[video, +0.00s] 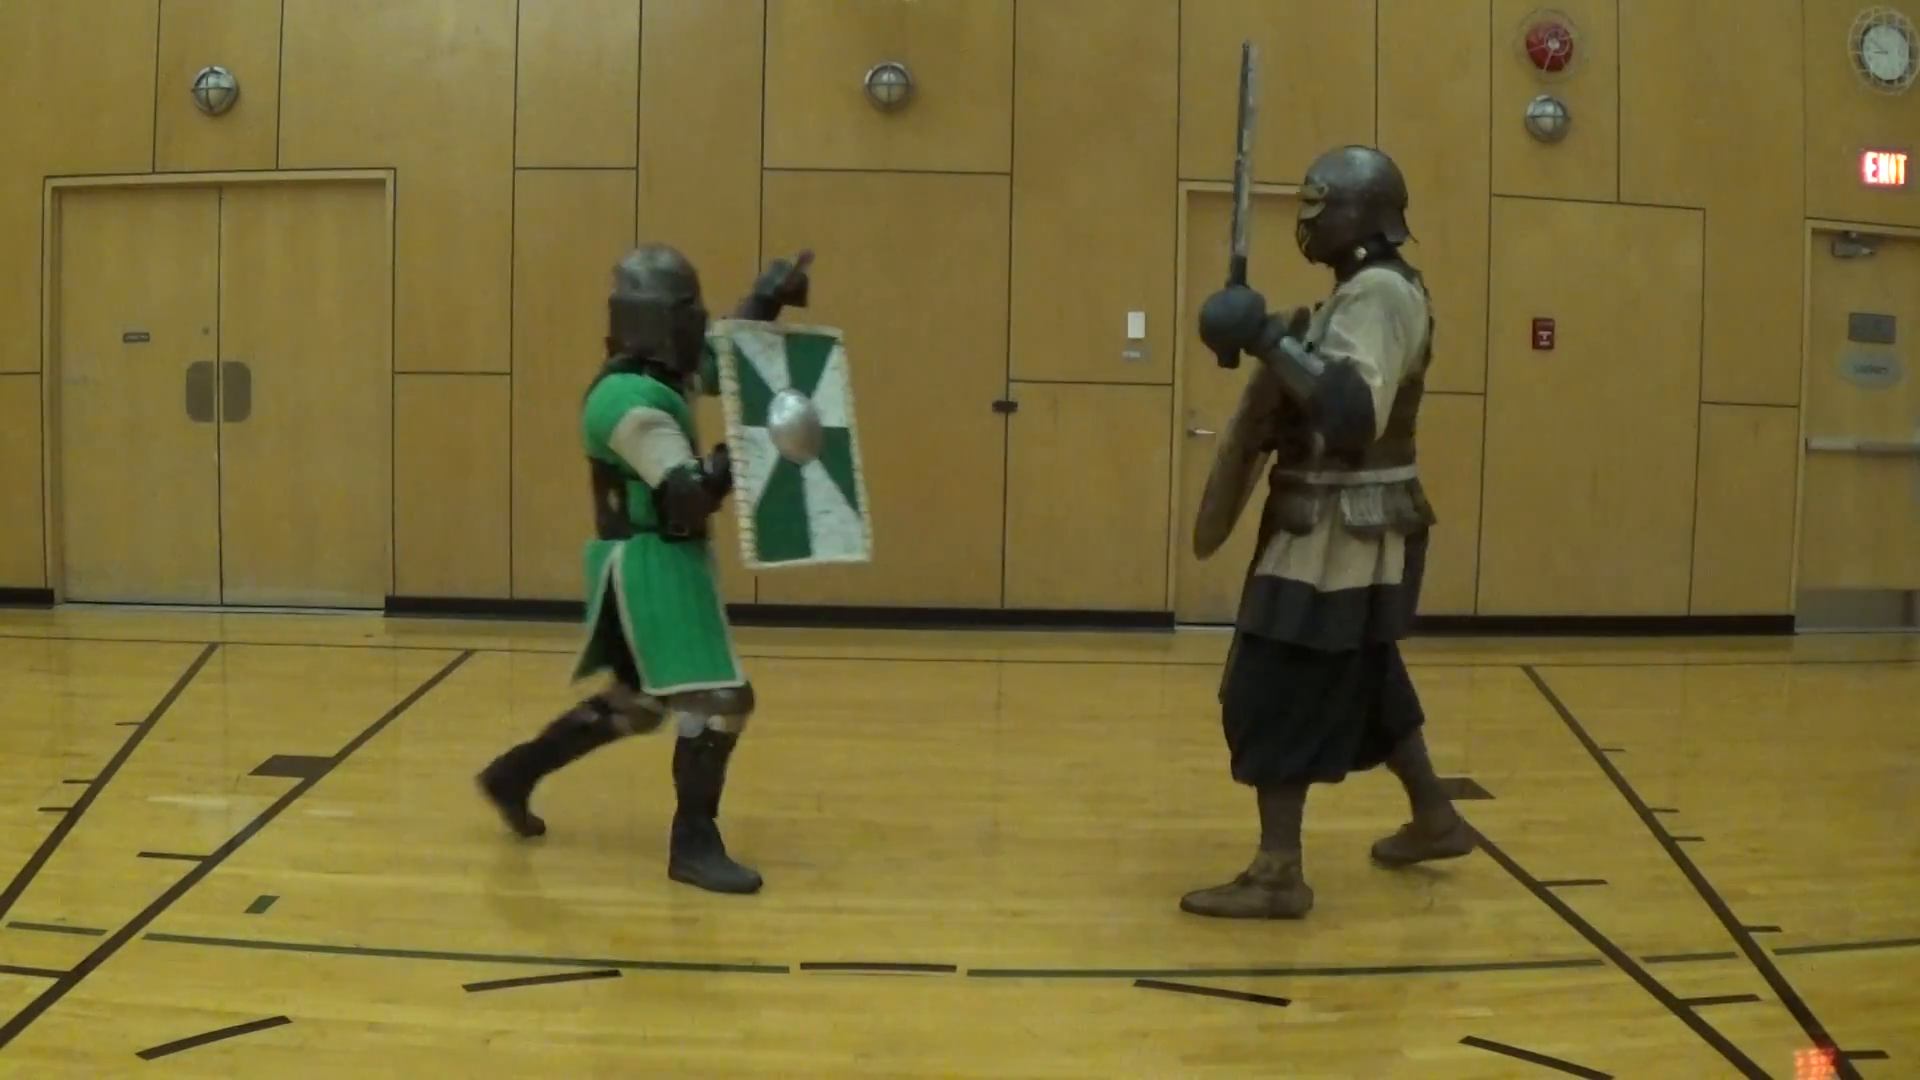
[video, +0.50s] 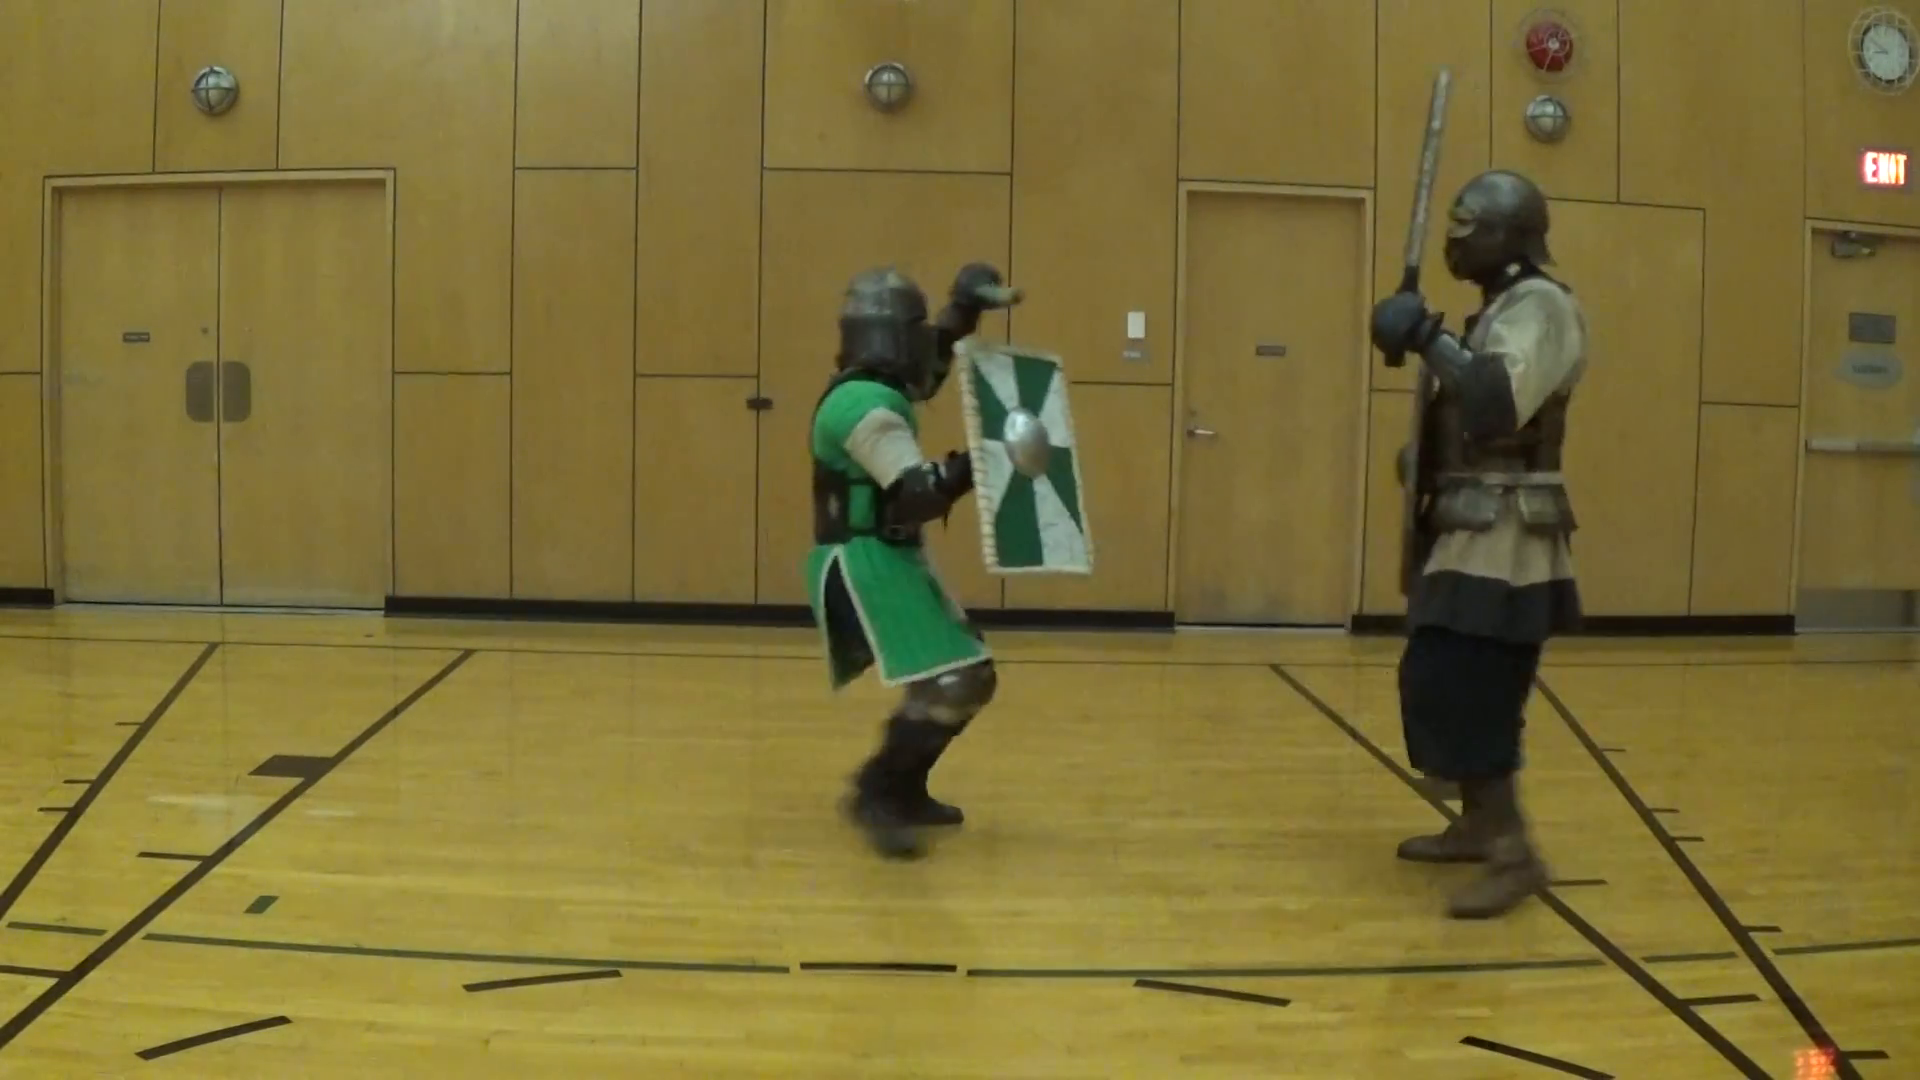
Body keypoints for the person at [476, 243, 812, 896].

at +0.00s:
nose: (698, 324)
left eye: (694, 312)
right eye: (689, 313)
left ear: (632, 320)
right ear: (664, 322)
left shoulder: (659, 380)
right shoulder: (629, 399)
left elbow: (725, 362)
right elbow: (687, 499)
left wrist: (762, 306)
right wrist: (755, 440)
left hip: (651, 562)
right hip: (653, 564)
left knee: (643, 702)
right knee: (719, 701)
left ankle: (514, 773)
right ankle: (695, 847)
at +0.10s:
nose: (734, 326)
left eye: (732, 316)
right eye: (723, 316)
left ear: (676, 327)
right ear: (692, 327)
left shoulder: (708, 379)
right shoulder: (667, 407)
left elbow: (764, 345)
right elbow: (737, 503)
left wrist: (801, 295)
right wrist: (810, 449)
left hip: (714, 559)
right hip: (687, 564)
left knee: (742, 699)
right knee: (747, 706)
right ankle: (697, 846)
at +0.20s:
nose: (779, 339)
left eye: (777, 329)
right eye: (771, 329)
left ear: (722, 333)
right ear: (744, 338)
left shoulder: (739, 394)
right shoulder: (716, 416)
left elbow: (785, 343)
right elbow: (786, 507)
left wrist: (822, 284)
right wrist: (860, 454)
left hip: (766, 565)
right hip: (732, 573)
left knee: (843, 669)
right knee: (774, 711)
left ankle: (757, 782)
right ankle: (700, 843)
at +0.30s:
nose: (830, 347)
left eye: (829, 336)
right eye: (822, 335)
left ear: (773, 337)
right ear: (797, 341)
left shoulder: (789, 402)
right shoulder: (768, 416)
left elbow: (819, 347)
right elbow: (837, 505)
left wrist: (856, 286)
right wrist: (913, 453)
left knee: (912, 660)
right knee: (797, 724)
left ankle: (897, 792)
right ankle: (703, 843)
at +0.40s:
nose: (882, 343)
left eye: (881, 333)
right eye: (873, 331)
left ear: (817, 339)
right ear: (845, 338)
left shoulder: (842, 398)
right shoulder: (822, 409)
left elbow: (872, 355)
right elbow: (887, 500)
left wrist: (909, 303)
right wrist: (958, 452)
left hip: (874, 562)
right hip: (835, 569)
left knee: (952, 671)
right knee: (865, 715)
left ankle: (901, 793)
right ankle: (748, 818)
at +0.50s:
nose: (922, 344)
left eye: (919, 335)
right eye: (914, 334)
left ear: (867, 336)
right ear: (892, 337)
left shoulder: (880, 394)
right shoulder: (861, 403)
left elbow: (923, 369)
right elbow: (916, 495)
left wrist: (960, 311)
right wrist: (995, 456)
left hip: (890, 556)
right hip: (861, 561)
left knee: (969, 672)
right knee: (952, 678)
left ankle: (903, 788)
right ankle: (879, 794)